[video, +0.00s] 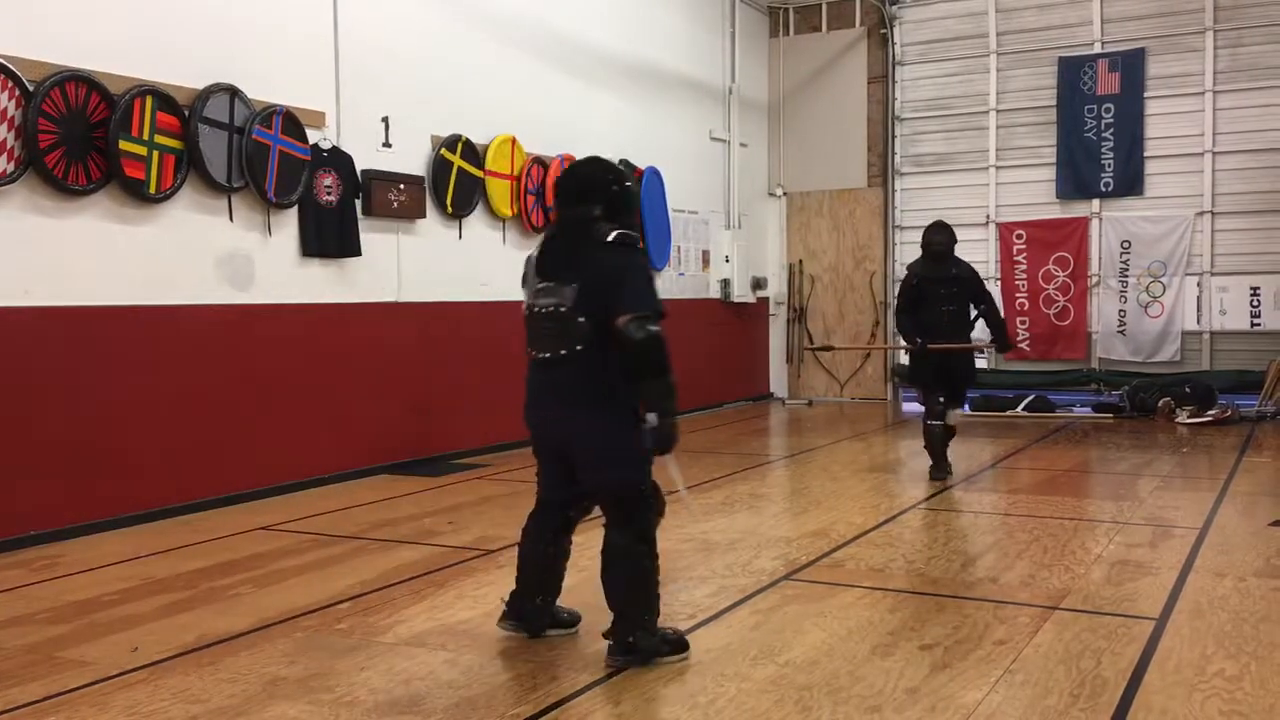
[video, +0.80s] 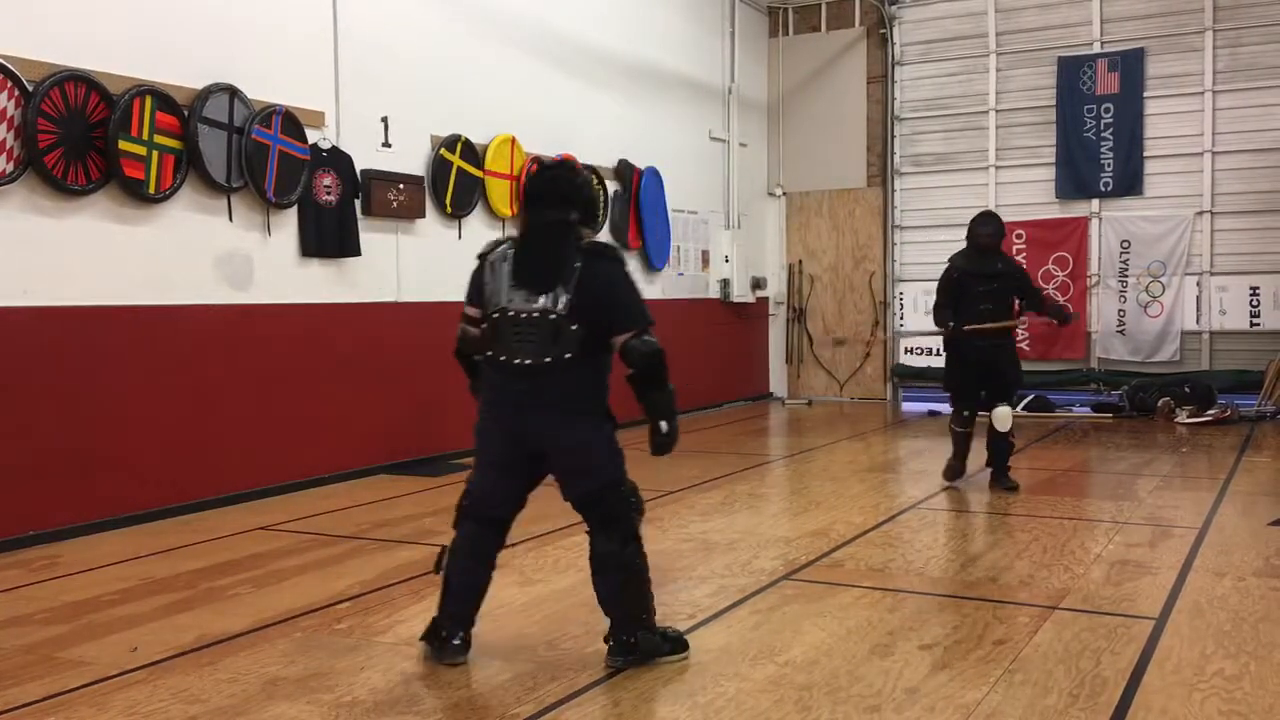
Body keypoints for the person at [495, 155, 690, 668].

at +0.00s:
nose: (633, 201)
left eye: (630, 192)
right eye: (627, 194)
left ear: (568, 200)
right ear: (613, 199)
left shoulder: (543, 255)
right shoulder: (620, 250)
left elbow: (547, 338)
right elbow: (640, 335)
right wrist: (660, 410)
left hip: (549, 409)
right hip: (606, 411)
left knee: (558, 501)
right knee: (633, 508)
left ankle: (531, 603)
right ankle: (634, 630)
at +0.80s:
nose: (596, 215)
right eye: (591, 207)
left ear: (529, 208)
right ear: (584, 211)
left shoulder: (494, 261)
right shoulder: (599, 263)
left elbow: (469, 341)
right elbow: (640, 348)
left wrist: (490, 390)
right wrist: (660, 409)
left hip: (504, 420)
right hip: (576, 421)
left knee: (481, 516)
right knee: (613, 515)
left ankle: (450, 628)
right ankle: (631, 631)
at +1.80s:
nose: (461, 228)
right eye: (455, 221)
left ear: (397, 220)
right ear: (443, 223)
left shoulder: (362, 270)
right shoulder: (463, 273)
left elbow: (344, 344)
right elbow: (496, 348)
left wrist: (369, 395)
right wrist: (517, 407)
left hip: (392, 408)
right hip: (451, 408)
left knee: (393, 500)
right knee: (444, 497)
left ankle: (429, 591)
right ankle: (432, 597)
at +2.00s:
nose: (450, 223)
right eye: (444, 216)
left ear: (388, 215)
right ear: (436, 218)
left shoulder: (352, 261)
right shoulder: (452, 268)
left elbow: (326, 330)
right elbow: (486, 341)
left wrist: (344, 385)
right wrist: (508, 396)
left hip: (374, 398)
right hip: (434, 399)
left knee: (361, 481)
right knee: (433, 486)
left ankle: (370, 569)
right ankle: (433, 587)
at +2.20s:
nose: (425, 229)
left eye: (423, 222)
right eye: (421, 221)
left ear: (366, 222)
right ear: (411, 224)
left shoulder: (331, 265)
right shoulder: (419, 271)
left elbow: (319, 324)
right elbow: (463, 337)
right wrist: (487, 377)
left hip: (342, 403)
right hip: (402, 405)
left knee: (335, 480)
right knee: (424, 485)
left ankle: (304, 568)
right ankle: (431, 585)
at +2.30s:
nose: (409, 235)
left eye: (407, 227)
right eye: (405, 227)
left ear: (354, 227)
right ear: (393, 233)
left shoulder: (317, 269)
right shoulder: (391, 280)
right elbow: (427, 338)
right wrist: (458, 359)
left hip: (320, 409)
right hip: (377, 412)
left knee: (321, 485)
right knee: (411, 489)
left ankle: (292, 575)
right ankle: (428, 584)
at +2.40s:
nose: (391, 241)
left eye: (389, 231)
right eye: (387, 232)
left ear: (334, 231)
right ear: (376, 240)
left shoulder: (306, 269)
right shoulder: (361, 286)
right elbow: (380, 351)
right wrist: (419, 357)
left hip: (293, 400)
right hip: (340, 406)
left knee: (308, 486)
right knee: (382, 483)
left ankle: (291, 575)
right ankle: (413, 578)